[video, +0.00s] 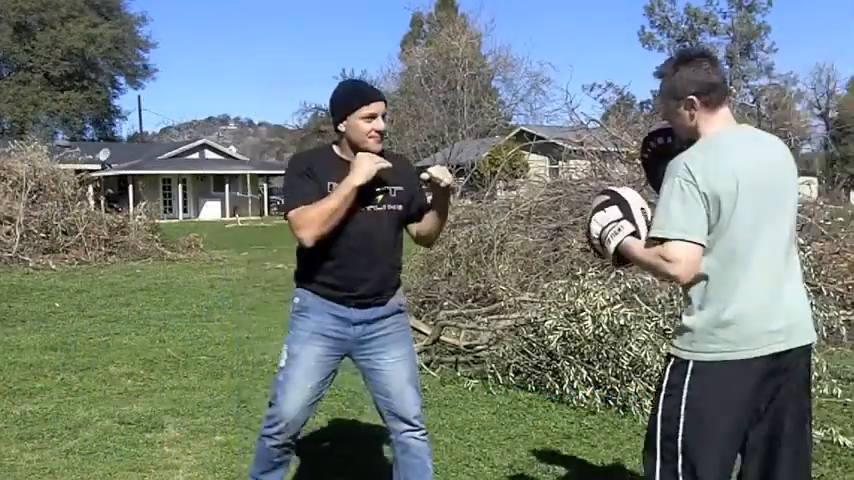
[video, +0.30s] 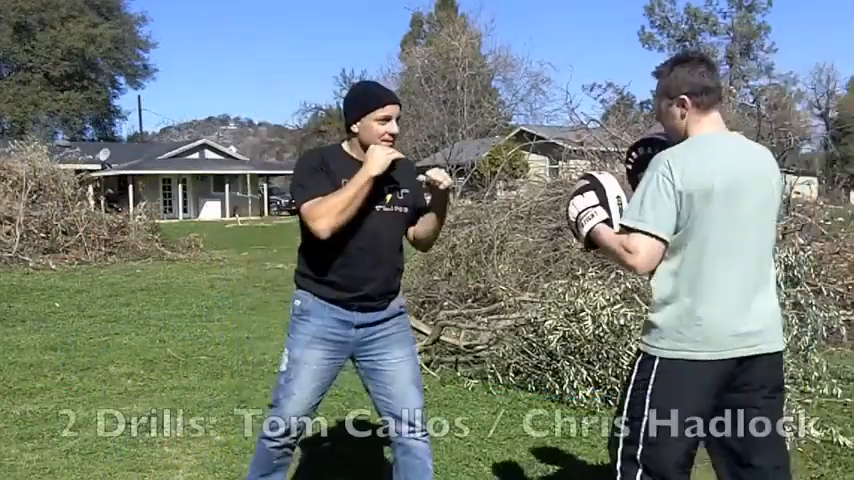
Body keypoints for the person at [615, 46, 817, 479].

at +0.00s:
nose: (665, 123)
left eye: (666, 113)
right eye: (662, 114)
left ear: (691, 106)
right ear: (722, 99)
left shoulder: (691, 165)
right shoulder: (778, 150)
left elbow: (680, 267)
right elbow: (748, 234)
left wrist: (625, 244)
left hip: (717, 352)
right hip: (792, 344)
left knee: (682, 469)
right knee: (783, 469)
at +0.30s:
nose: (660, 120)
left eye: (660, 109)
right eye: (657, 110)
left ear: (682, 105)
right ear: (715, 100)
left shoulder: (672, 164)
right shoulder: (766, 160)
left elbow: (641, 256)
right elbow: (739, 233)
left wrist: (597, 229)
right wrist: (662, 188)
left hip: (682, 350)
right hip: (761, 346)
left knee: (648, 467)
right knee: (762, 466)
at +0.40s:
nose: (650, 123)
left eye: (652, 112)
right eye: (649, 112)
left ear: (675, 114)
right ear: (710, 111)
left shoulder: (664, 172)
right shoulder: (754, 173)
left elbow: (626, 266)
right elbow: (718, 244)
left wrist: (575, 239)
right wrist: (662, 176)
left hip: (662, 348)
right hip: (738, 348)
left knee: (599, 451)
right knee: (738, 459)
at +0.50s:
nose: (629, 127)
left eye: (632, 116)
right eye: (629, 116)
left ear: (652, 117)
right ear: (684, 115)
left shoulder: (632, 176)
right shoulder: (729, 176)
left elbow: (593, 264)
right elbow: (705, 245)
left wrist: (549, 228)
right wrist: (642, 166)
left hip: (633, 348)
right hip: (713, 351)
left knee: (566, 447)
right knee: (732, 464)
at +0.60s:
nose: (589, 128)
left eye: (591, 117)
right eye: (589, 117)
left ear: (609, 118)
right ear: (644, 114)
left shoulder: (584, 178)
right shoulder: (692, 174)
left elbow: (511, 236)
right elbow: (695, 238)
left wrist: (495, 189)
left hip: (598, 352)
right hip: (684, 352)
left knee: (544, 460)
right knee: (714, 462)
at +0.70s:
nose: (549, 152)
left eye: (549, 143)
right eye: (550, 143)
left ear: (562, 145)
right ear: (602, 140)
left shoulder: (539, 195)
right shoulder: (652, 192)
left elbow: (452, 201)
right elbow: (663, 254)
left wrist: (415, 164)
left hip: (571, 368)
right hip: (655, 367)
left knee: (505, 465)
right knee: (694, 462)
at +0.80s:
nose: (525, 172)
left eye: (525, 163)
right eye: (525, 163)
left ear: (540, 162)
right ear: (578, 153)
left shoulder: (528, 209)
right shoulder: (637, 208)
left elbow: (452, 213)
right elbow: (642, 267)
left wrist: (413, 194)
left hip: (563, 374)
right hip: (644, 375)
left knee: (485, 462)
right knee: (675, 461)